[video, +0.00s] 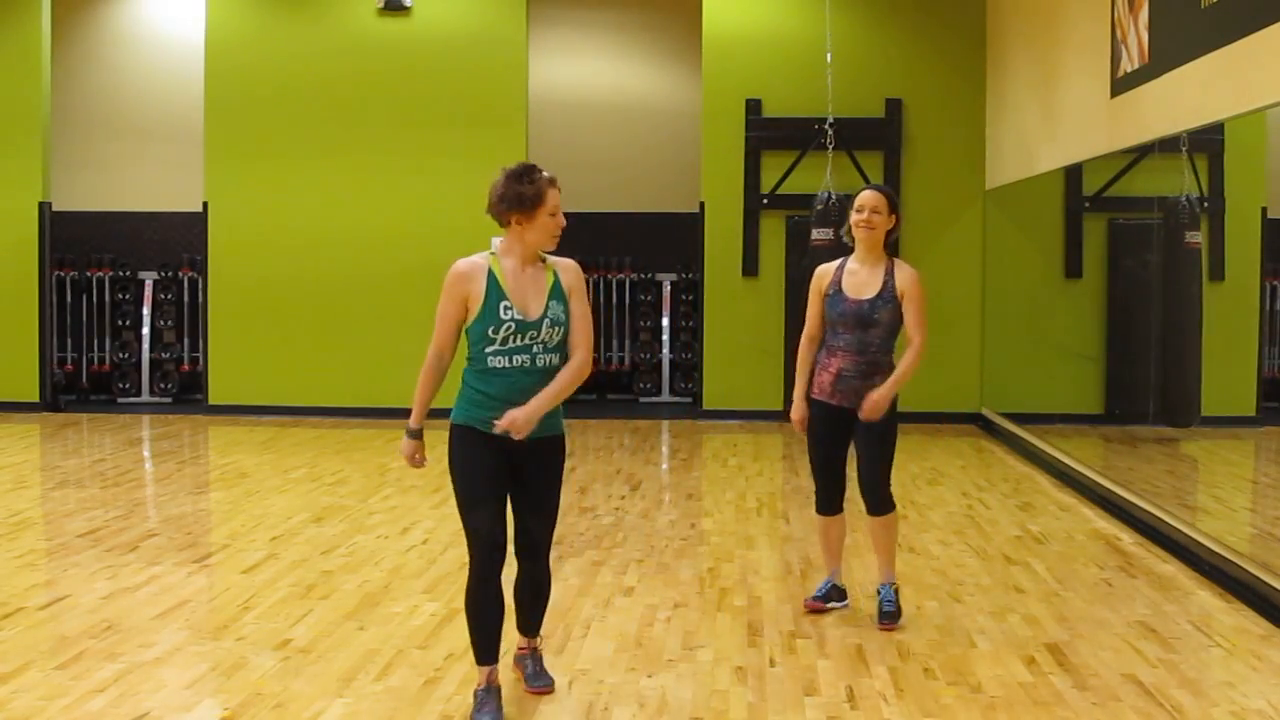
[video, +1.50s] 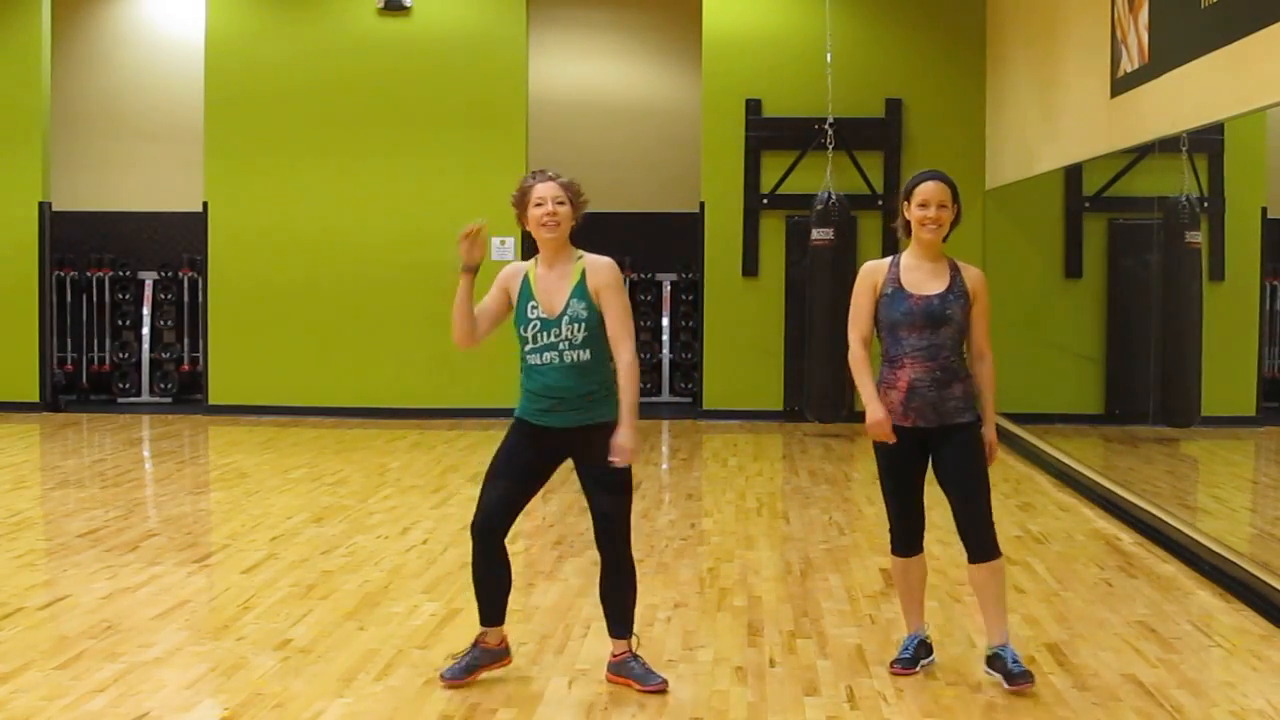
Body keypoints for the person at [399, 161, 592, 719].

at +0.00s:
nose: (563, 221)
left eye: (561, 212)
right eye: (553, 213)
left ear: (532, 219)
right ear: (516, 219)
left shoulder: (567, 275)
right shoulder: (468, 275)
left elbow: (581, 359)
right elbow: (439, 354)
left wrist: (535, 408)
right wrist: (415, 424)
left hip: (542, 434)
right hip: (477, 433)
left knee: (535, 554)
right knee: (486, 556)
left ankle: (529, 648)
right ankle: (487, 679)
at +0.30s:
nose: (547, 226)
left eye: (547, 216)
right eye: (539, 217)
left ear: (520, 219)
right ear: (505, 218)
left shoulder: (545, 273)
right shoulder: (457, 275)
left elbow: (575, 349)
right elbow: (427, 359)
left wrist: (609, 422)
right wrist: (415, 436)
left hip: (532, 433)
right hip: (471, 435)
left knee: (524, 545)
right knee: (475, 548)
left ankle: (522, 649)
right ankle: (467, 636)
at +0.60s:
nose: (524, 228)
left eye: (526, 218)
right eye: (516, 219)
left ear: (514, 218)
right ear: (482, 217)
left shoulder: (528, 272)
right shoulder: (438, 270)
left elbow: (569, 341)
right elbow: (404, 350)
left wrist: (616, 402)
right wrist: (389, 424)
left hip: (511, 424)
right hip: (451, 426)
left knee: (513, 535)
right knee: (463, 536)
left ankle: (520, 642)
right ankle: (466, 641)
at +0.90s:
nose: (498, 207)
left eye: (507, 200)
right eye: (487, 200)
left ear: (520, 214)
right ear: (469, 213)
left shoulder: (539, 276)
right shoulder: (444, 274)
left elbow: (546, 357)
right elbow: (415, 353)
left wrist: (531, 425)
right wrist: (393, 425)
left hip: (515, 424)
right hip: (453, 425)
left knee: (526, 538)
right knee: (463, 538)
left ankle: (519, 636)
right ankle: (466, 641)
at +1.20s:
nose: (524, 203)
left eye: (534, 197)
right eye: (514, 197)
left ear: (550, 213)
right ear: (497, 214)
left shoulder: (569, 274)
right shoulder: (476, 275)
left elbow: (577, 360)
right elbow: (451, 349)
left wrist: (528, 413)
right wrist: (426, 410)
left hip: (545, 422)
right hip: (481, 422)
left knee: (574, 538)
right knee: (479, 538)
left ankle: (611, 649)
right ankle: (468, 643)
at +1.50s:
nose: (549, 211)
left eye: (558, 203)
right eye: (538, 204)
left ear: (574, 213)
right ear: (525, 218)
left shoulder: (600, 271)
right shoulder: (514, 277)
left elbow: (625, 353)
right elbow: (466, 335)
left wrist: (627, 425)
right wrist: (467, 272)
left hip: (598, 426)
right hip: (535, 426)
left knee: (614, 541)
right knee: (486, 526)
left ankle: (622, 653)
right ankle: (491, 640)